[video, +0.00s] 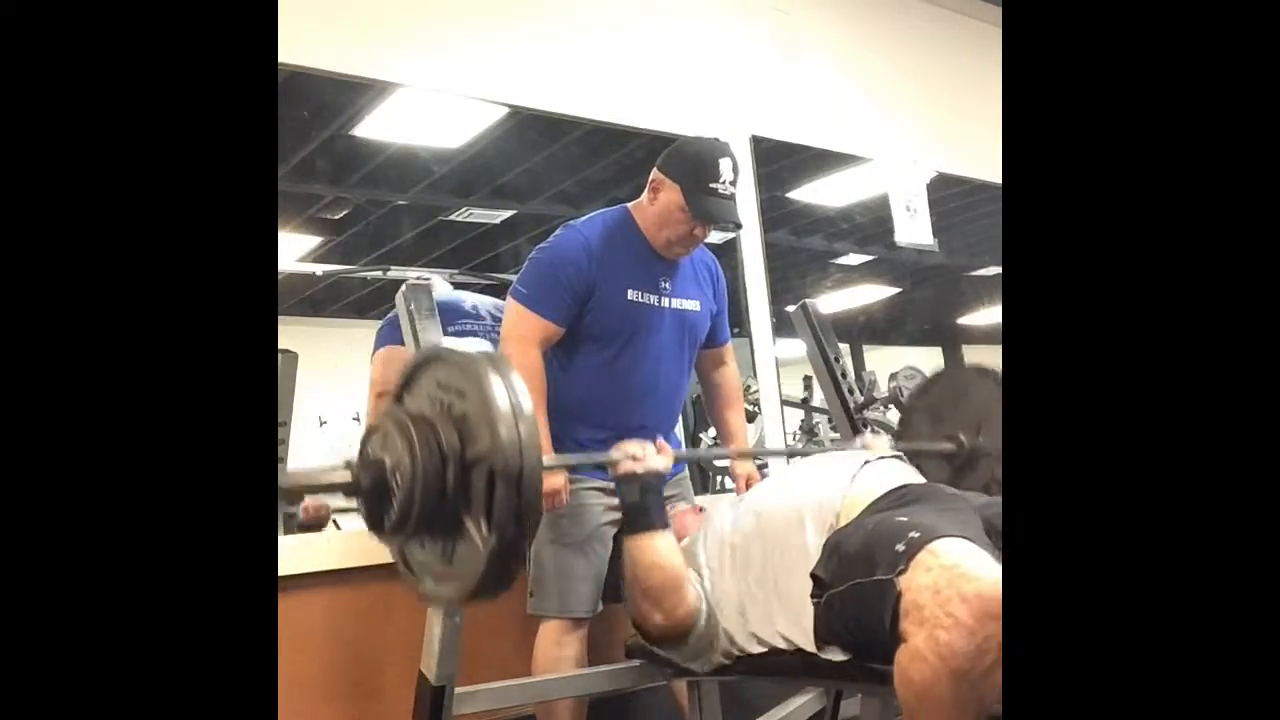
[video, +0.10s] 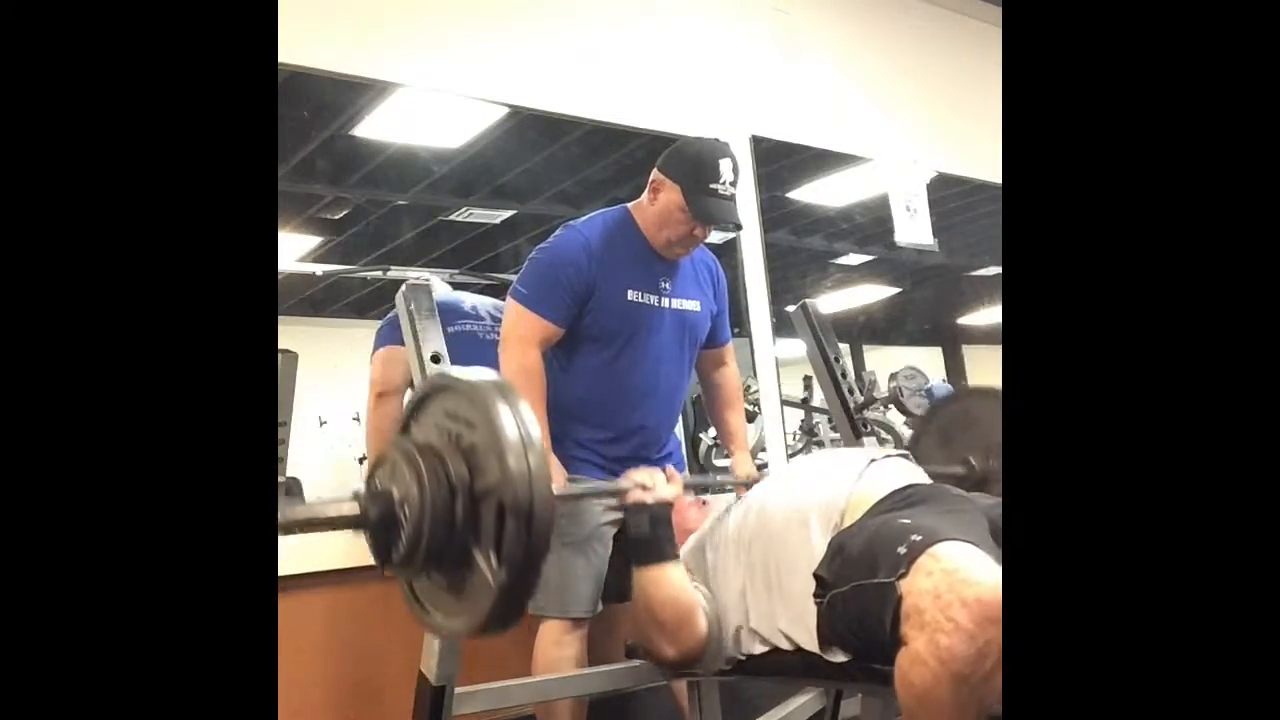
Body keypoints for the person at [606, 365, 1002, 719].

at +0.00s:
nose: (680, 505)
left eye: (680, 500)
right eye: (667, 512)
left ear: (698, 504)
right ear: (660, 545)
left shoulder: (753, 506)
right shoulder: (689, 593)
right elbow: (662, 613)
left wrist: (872, 451)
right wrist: (641, 493)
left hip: (934, 493)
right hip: (863, 529)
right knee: (975, 609)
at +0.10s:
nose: (687, 493)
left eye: (685, 488)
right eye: (672, 496)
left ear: (700, 497)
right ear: (661, 529)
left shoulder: (754, 507)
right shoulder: (687, 576)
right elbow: (674, 646)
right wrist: (646, 516)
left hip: (948, 495)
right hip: (869, 528)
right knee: (973, 607)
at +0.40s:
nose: (688, 503)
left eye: (688, 498)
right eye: (674, 506)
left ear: (703, 503)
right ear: (668, 537)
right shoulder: (690, 576)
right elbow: (671, 640)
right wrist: (647, 514)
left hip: (951, 494)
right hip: (873, 528)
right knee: (976, 611)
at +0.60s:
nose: (674, 510)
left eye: (670, 506)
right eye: (657, 521)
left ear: (682, 508)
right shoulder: (685, 607)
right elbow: (649, 583)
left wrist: (870, 447)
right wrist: (630, 458)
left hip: (941, 494)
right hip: (858, 531)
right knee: (974, 597)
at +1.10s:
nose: (678, 506)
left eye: (677, 503)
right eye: (664, 518)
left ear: (696, 507)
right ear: (654, 544)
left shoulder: (757, 504)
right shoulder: (685, 587)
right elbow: (658, 610)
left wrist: (872, 453)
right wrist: (636, 493)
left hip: (946, 498)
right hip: (863, 531)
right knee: (971, 601)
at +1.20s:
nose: (684, 500)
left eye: (685, 495)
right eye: (671, 505)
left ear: (700, 499)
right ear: (663, 540)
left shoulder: (757, 505)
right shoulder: (683, 580)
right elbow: (666, 636)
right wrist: (643, 511)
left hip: (934, 492)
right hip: (865, 529)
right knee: (972, 605)